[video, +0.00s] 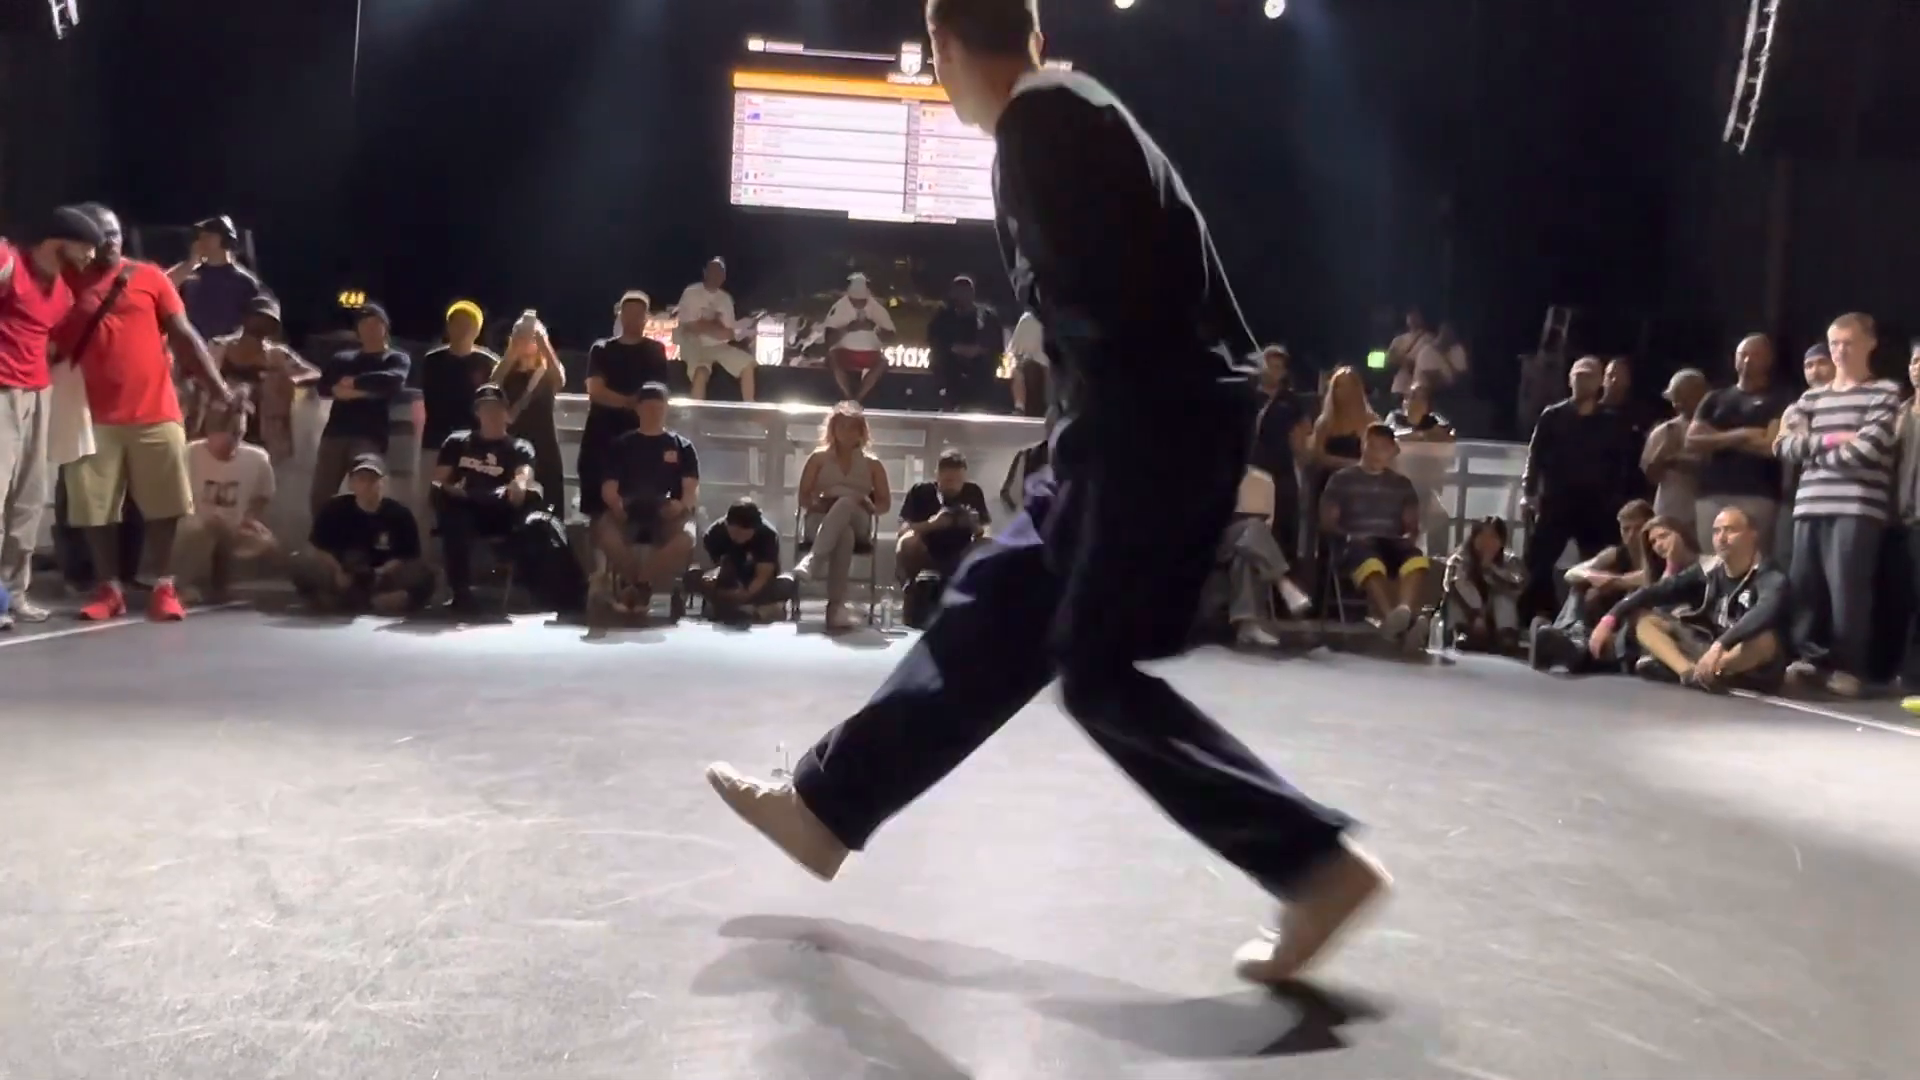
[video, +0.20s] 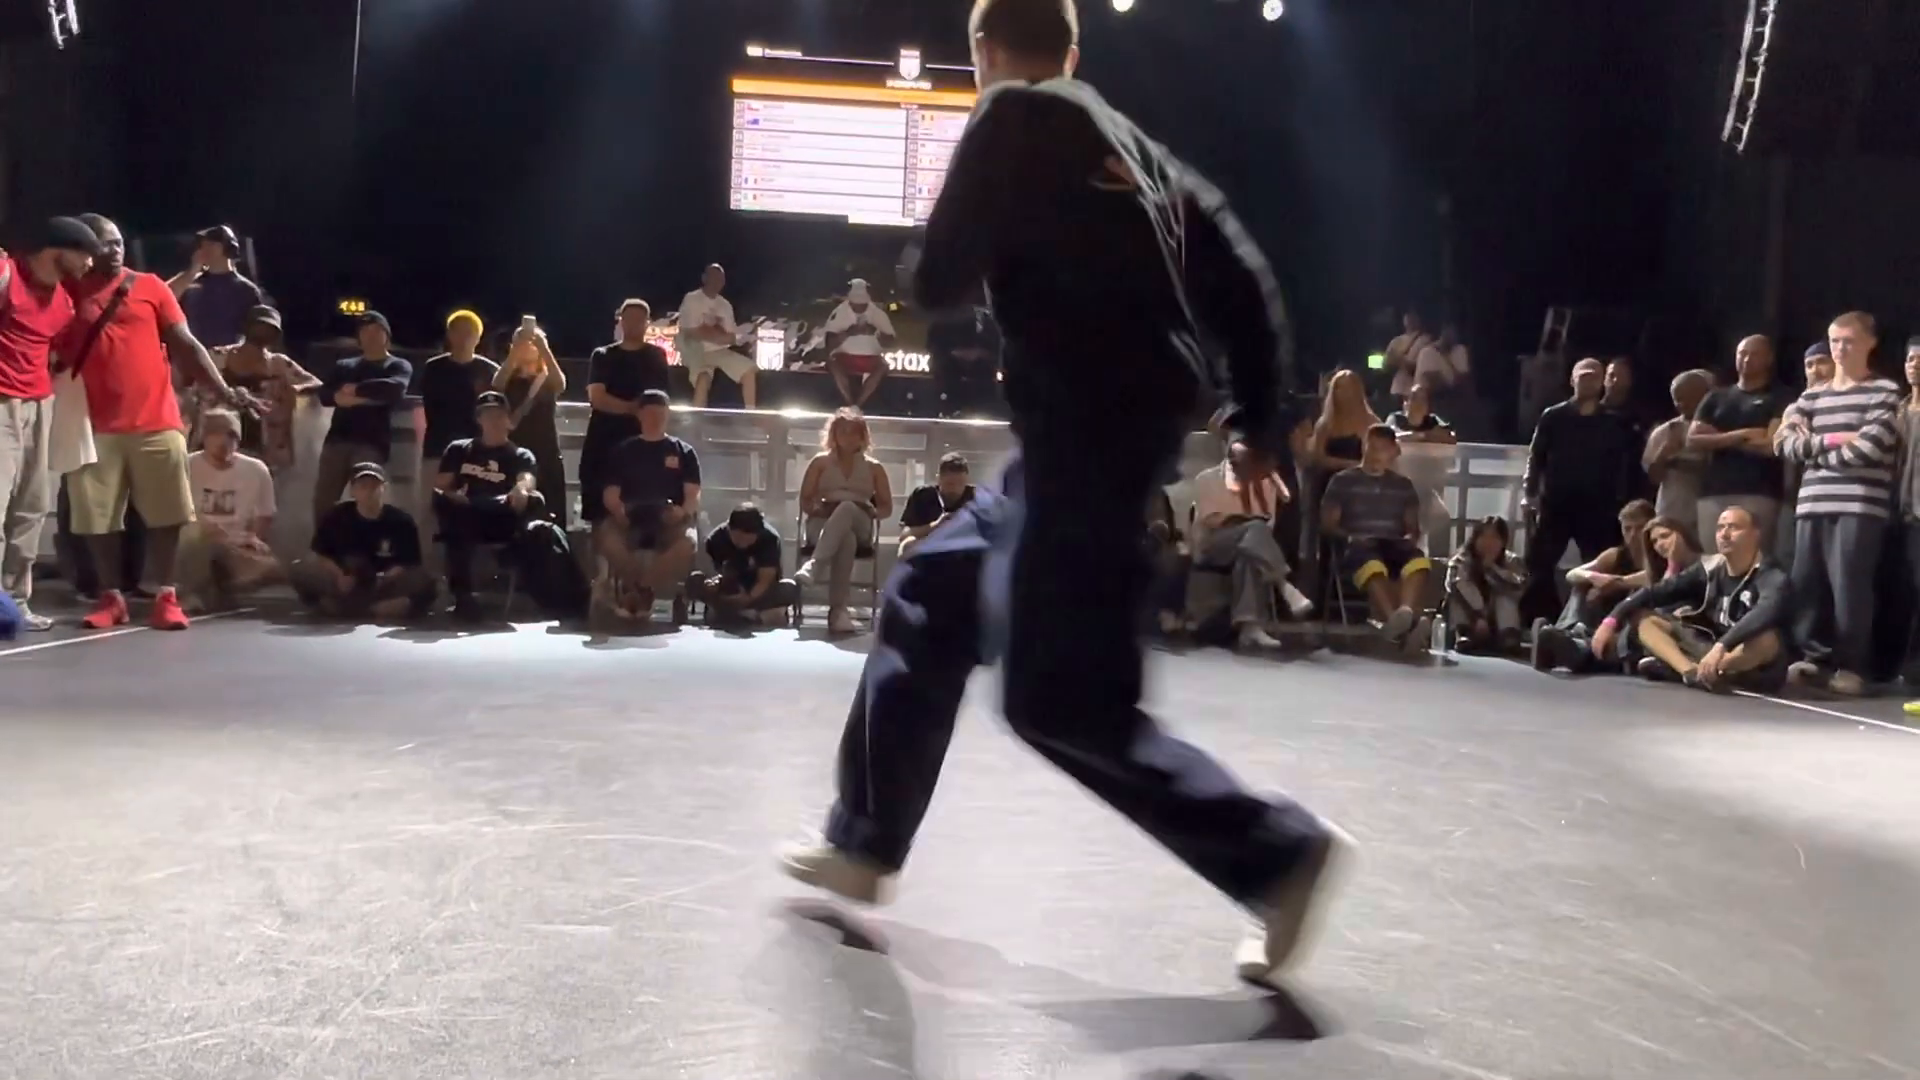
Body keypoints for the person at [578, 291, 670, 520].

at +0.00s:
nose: (634, 319)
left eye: (639, 314)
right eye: (629, 313)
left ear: (646, 318)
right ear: (620, 315)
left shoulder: (655, 350)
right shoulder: (601, 348)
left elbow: (658, 396)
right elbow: (595, 391)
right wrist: (631, 402)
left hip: (640, 435)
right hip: (602, 433)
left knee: (638, 503)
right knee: (598, 505)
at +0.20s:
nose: (635, 326)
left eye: (640, 320)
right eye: (629, 319)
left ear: (647, 324)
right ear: (619, 321)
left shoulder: (656, 356)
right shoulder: (602, 355)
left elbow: (659, 403)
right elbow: (596, 398)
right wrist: (634, 408)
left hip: (642, 442)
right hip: (604, 440)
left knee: (641, 510)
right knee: (600, 512)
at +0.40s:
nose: (639, 338)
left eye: (645, 332)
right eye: (634, 332)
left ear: (652, 337)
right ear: (626, 334)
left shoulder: (661, 369)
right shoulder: (608, 368)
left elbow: (664, 416)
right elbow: (602, 411)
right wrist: (639, 421)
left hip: (646, 454)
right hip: (610, 453)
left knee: (646, 522)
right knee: (605, 525)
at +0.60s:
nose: (640, 342)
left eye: (646, 337)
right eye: (635, 336)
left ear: (653, 341)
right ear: (626, 339)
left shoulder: (661, 372)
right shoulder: (608, 372)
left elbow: (664, 420)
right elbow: (602, 414)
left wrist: (614, 415)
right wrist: (640, 424)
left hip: (647, 457)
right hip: (610, 456)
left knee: (646, 525)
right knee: (606, 528)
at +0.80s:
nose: (642, 343)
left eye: (647, 338)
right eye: (637, 337)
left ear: (654, 342)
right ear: (627, 340)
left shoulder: (662, 372)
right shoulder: (609, 372)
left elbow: (666, 419)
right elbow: (603, 415)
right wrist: (641, 424)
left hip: (648, 459)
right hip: (610, 458)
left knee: (648, 527)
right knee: (607, 530)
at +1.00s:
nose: (643, 345)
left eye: (648, 340)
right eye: (638, 339)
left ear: (655, 344)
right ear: (628, 341)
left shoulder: (664, 374)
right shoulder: (610, 374)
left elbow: (667, 422)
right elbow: (605, 417)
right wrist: (643, 426)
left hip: (650, 462)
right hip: (612, 460)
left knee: (650, 529)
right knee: (609, 532)